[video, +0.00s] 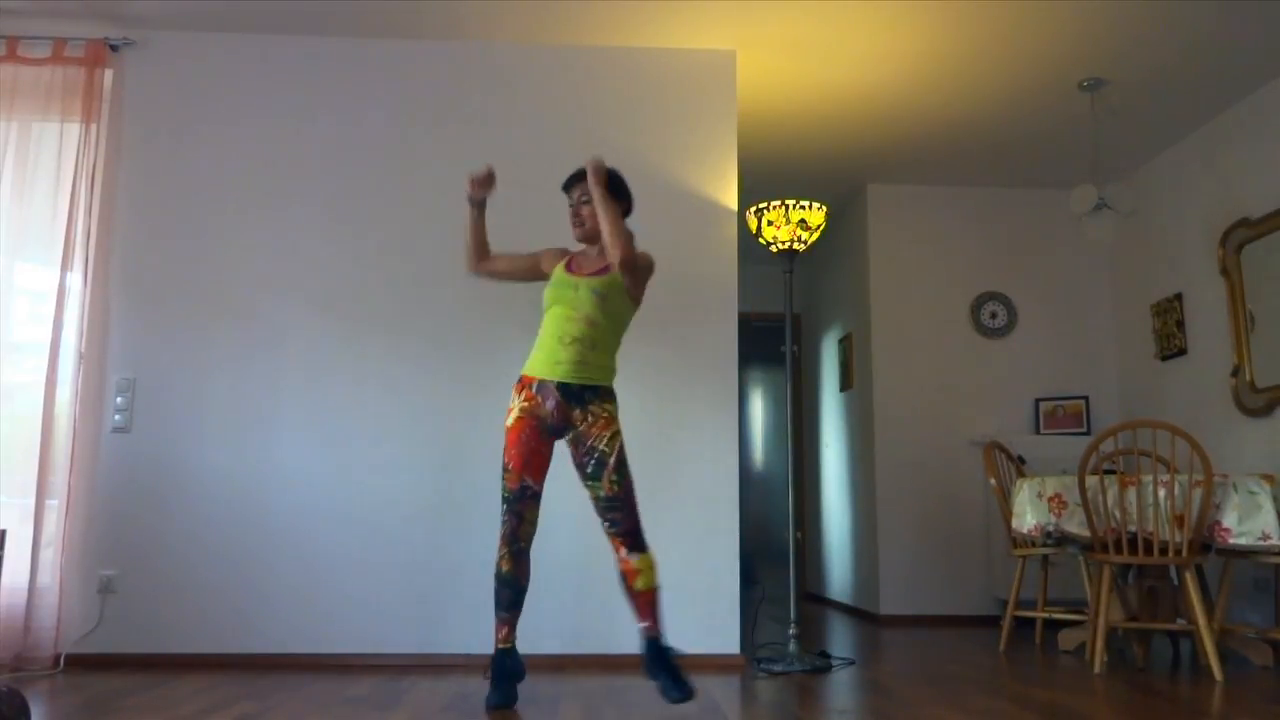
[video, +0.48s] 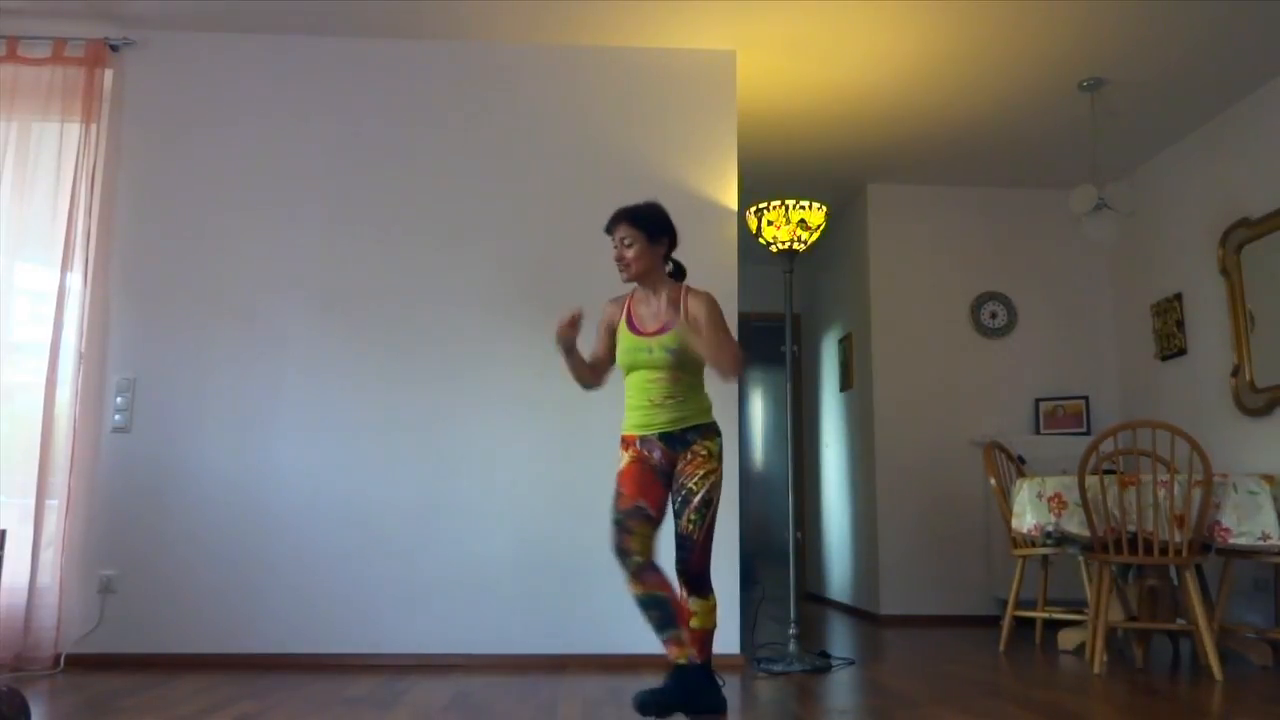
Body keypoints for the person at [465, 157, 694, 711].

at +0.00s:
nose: (578, 213)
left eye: (589, 204)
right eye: (572, 205)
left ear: (615, 211)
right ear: (568, 213)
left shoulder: (634, 268)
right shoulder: (557, 261)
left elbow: (618, 252)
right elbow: (481, 263)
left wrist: (599, 186)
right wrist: (477, 205)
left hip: (592, 403)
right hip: (533, 396)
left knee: (625, 528)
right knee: (515, 528)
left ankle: (655, 648)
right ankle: (503, 657)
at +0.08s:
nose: (587, 220)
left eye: (596, 210)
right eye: (580, 213)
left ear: (623, 212)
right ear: (580, 221)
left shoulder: (646, 266)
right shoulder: (575, 266)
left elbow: (635, 203)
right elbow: (504, 229)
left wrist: (595, 136)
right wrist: (470, 172)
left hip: (604, 407)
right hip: (544, 400)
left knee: (642, 534)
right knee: (522, 529)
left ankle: (692, 652)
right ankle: (507, 656)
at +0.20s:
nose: (598, 231)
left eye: (605, 219)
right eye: (593, 224)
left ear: (638, 215)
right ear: (599, 232)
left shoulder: (668, 271)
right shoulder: (601, 276)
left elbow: (652, 193)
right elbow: (531, 239)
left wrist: (616, 123)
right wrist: (499, 179)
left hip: (638, 421)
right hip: (579, 414)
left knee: (664, 548)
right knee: (542, 537)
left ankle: (699, 669)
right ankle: (521, 657)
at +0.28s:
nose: (607, 242)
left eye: (615, 231)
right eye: (602, 234)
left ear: (650, 230)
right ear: (605, 241)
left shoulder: (681, 281)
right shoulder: (609, 289)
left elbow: (676, 215)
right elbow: (537, 277)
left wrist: (634, 149)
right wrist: (534, 211)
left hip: (665, 429)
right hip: (607, 426)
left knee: (679, 553)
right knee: (555, 531)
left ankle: (701, 671)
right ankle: (557, 655)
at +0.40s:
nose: (617, 253)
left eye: (626, 242)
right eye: (612, 244)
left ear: (657, 244)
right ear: (614, 250)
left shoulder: (688, 290)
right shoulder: (617, 302)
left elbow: (712, 301)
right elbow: (558, 343)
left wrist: (673, 241)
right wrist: (567, 291)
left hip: (688, 439)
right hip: (632, 440)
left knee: (691, 564)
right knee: (590, 536)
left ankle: (703, 676)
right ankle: (642, 662)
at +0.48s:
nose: (620, 255)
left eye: (629, 245)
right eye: (616, 248)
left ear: (662, 246)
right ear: (615, 256)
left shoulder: (696, 303)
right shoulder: (616, 311)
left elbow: (732, 365)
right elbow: (592, 377)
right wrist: (568, 349)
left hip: (696, 441)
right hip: (640, 443)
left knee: (693, 565)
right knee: (630, 547)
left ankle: (702, 682)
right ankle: (685, 669)